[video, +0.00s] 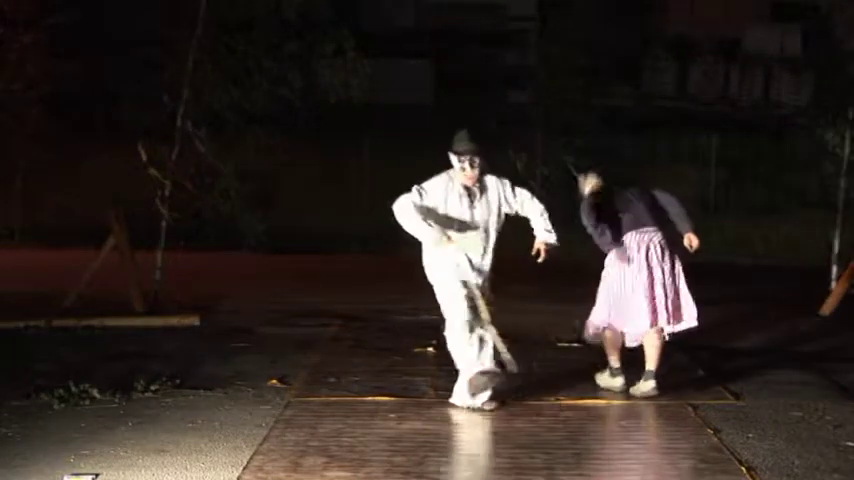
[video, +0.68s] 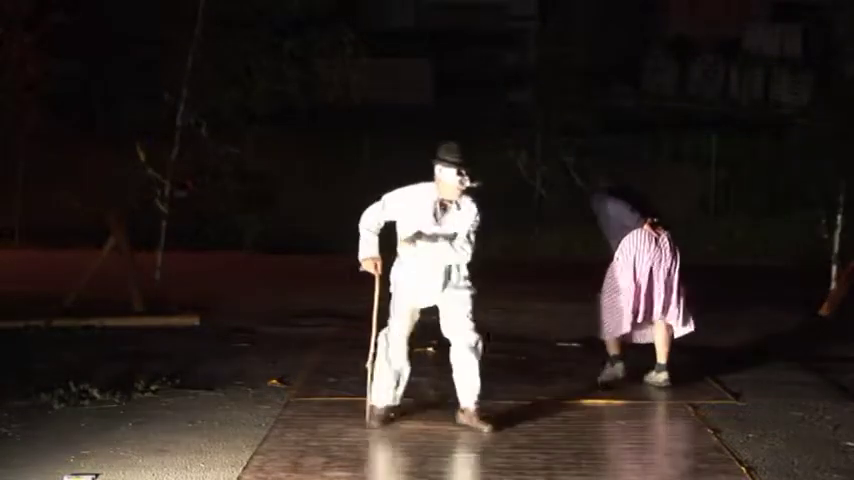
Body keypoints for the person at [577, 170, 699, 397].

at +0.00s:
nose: (584, 192)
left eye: (584, 188)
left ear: (587, 190)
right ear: (608, 181)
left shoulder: (593, 206)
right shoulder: (637, 191)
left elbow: (604, 239)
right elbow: (667, 200)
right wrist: (686, 230)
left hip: (625, 255)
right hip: (658, 247)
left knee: (612, 315)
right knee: (653, 316)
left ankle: (615, 373)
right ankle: (649, 378)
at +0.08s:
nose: (598, 188)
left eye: (593, 185)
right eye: (600, 182)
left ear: (587, 186)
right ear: (610, 180)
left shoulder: (590, 204)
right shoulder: (634, 193)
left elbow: (596, 217)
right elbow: (667, 203)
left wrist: (627, 227)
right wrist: (680, 233)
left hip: (621, 255)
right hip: (655, 249)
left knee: (613, 312)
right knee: (652, 309)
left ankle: (615, 372)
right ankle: (651, 367)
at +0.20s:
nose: (589, 185)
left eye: (590, 181)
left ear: (594, 182)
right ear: (619, 175)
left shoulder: (596, 203)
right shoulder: (639, 192)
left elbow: (588, 213)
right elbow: (669, 208)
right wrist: (676, 240)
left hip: (619, 252)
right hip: (653, 248)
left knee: (610, 308)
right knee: (650, 304)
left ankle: (615, 371)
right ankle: (654, 357)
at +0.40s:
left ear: (634, 215)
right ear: (656, 216)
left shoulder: (625, 240)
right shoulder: (663, 240)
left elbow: (612, 276)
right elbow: (667, 272)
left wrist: (605, 315)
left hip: (627, 284)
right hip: (658, 285)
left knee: (615, 320)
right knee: (659, 318)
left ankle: (617, 372)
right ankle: (661, 369)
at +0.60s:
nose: (596, 203)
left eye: (597, 200)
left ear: (600, 197)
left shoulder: (604, 206)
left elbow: (622, 208)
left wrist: (643, 223)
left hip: (634, 244)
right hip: (666, 243)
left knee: (616, 301)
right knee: (663, 309)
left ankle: (617, 364)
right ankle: (661, 369)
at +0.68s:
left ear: (598, 187)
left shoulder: (599, 198)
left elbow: (615, 207)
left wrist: (641, 222)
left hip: (633, 245)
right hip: (664, 242)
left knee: (610, 300)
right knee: (662, 311)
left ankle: (615, 362)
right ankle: (662, 370)